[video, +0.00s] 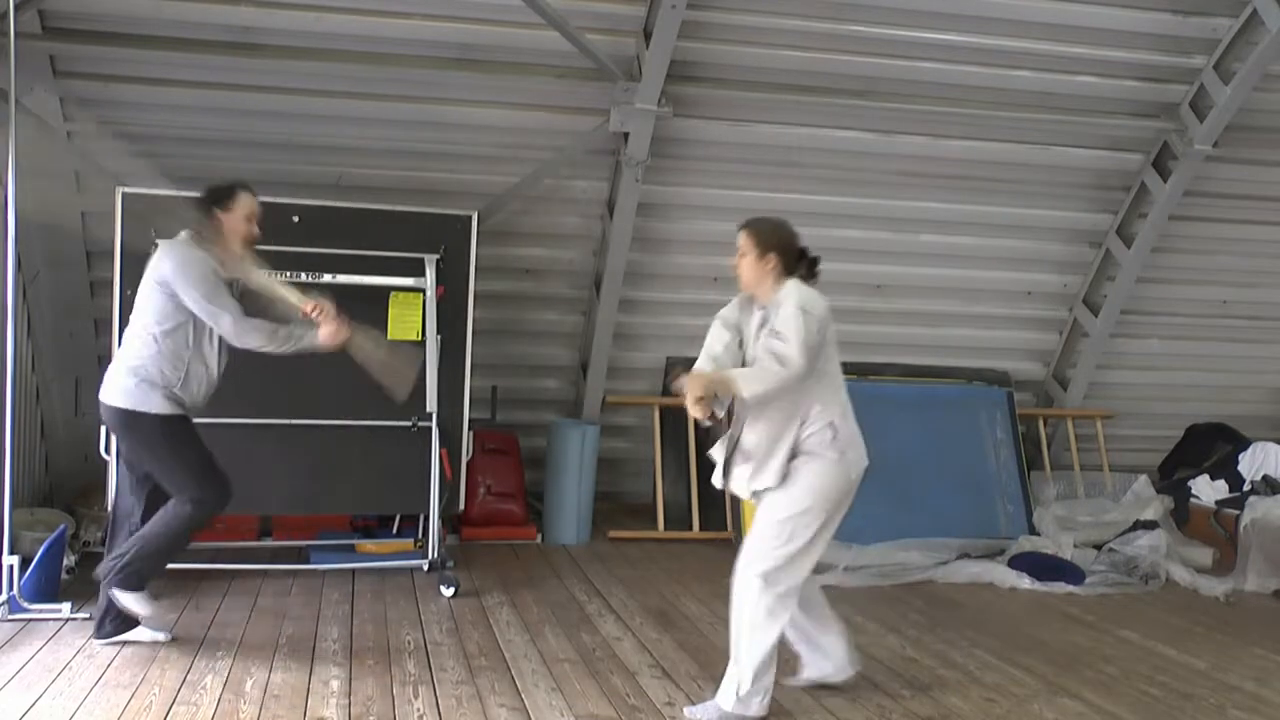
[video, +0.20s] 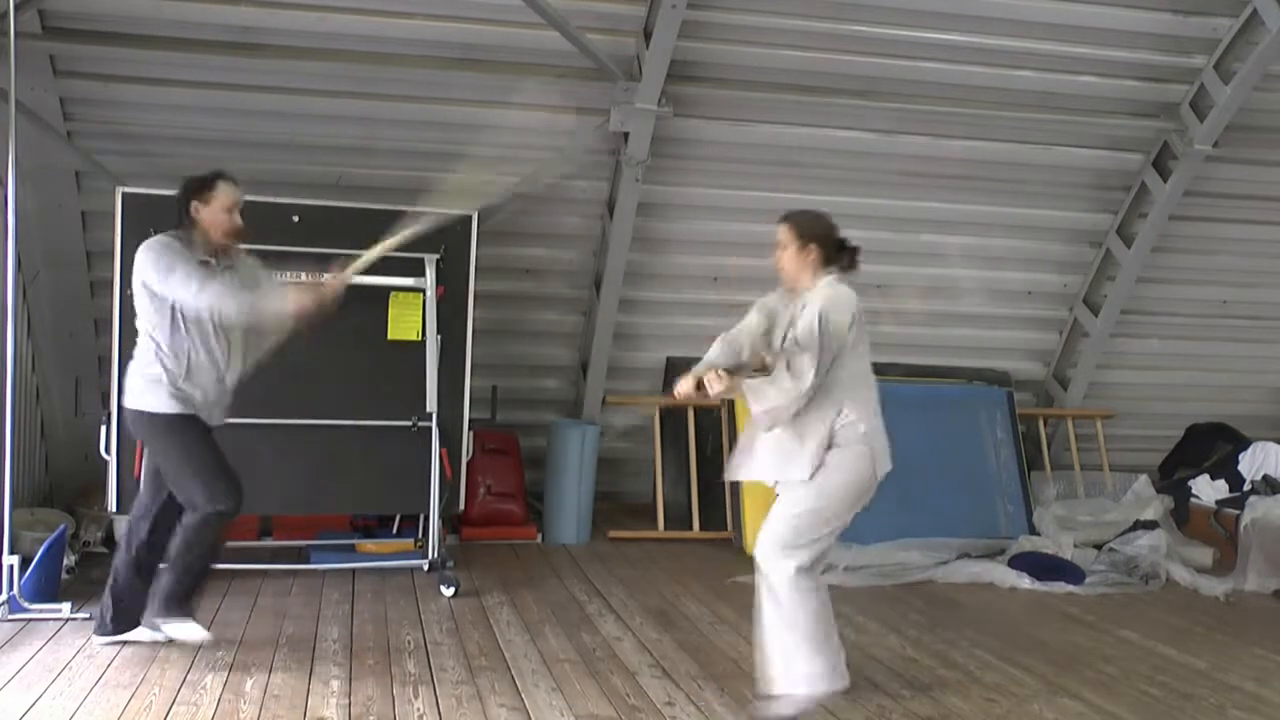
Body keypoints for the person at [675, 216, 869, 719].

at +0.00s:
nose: (734, 264)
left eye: (742, 254)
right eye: (736, 254)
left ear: (770, 261)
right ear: (768, 261)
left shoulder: (802, 303)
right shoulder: (748, 307)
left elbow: (788, 366)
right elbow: (721, 343)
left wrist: (718, 380)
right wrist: (701, 386)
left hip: (825, 456)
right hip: (784, 455)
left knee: (759, 567)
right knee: (776, 562)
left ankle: (742, 699)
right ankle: (831, 660)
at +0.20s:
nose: (776, 258)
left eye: (782, 248)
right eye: (776, 249)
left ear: (811, 253)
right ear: (804, 253)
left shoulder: (831, 301)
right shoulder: (788, 301)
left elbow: (796, 382)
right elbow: (745, 335)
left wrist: (737, 386)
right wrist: (703, 370)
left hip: (851, 452)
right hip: (815, 451)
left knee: (777, 549)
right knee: (778, 555)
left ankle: (813, 680)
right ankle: (789, 683)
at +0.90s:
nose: (897, 243)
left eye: (903, 235)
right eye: (898, 233)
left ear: (931, 240)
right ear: (939, 241)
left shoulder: (902, 289)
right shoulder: (962, 284)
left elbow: (825, 318)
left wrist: (819, 256)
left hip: (917, 451)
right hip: (964, 444)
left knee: (895, 569)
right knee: (959, 552)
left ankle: (909, 701)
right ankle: (988, 658)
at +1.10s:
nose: (932, 245)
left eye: (940, 239)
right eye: (934, 238)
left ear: (965, 248)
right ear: (970, 249)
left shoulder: (935, 286)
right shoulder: (986, 287)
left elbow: (882, 256)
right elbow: (939, 244)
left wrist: (885, 196)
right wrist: (913, 195)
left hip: (969, 444)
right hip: (1006, 440)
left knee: (940, 568)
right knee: (988, 564)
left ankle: (911, 699)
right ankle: (994, 675)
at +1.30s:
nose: (964, 252)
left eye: (973, 244)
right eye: (967, 243)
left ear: (998, 253)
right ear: (1004, 254)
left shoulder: (981, 294)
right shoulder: (1013, 298)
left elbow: (909, 346)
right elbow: (948, 364)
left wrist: (889, 320)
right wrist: (900, 332)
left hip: (1014, 445)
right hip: (1035, 443)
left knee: (980, 560)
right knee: (989, 559)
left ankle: (1025, 681)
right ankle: (991, 670)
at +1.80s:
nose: (1067, 286)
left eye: (1071, 277)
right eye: (1066, 277)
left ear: (1098, 276)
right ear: (1107, 273)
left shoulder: (1100, 328)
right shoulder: (1147, 293)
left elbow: (1048, 398)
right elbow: (1062, 287)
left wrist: (1003, 378)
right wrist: (1003, 325)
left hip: (1180, 464)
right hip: (1210, 450)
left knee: (1184, 580)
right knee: (1180, 573)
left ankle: (1202, 704)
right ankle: (1205, 695)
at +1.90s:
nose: (1090, 278)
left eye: (1096, 269)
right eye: (1090, 269)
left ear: (1123, 270)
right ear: (1132, 268)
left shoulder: (1115, 328)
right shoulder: (1172, 293)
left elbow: (1072, 395)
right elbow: (1097, 280)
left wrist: (1033, 350)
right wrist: (1039, 297)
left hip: (1185, 461)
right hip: (1235, 448)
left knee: (1174, 576)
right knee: (1232, 575)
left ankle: (1202, 703)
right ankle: (1265, 692)